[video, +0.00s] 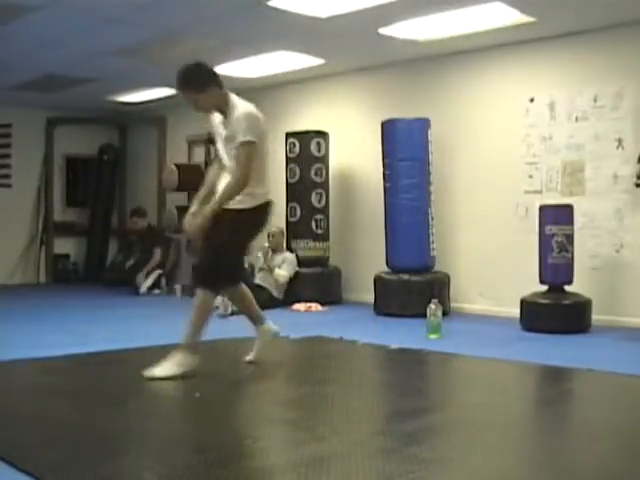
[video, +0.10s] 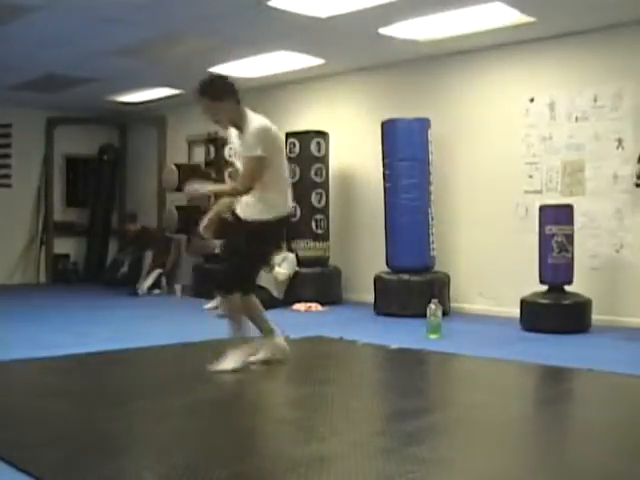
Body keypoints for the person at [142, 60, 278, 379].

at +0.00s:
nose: (195, 107)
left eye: (197, 99)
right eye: (191, 102)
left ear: (215, 87)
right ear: (198, 96)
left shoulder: (246, 117)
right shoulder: (217, 118)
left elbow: (242, 177)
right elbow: (218, 166)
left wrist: (206, 214)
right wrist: (197, 205)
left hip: (250, 205)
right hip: (229, 203)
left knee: (210, 272)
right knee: (224, 273)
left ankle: (189, 350)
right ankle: (265, 328)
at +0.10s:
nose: (211, 118)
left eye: (212, 110)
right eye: (207, 112)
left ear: (229, 100)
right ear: (222, 105)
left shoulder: (258, 131)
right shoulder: (236, 133)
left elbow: (246, 184)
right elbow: (235, 186)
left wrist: (204, 189)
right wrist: (214, 216)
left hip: (268, 219)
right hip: (249, 217)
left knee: (231, 282)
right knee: (237, 284)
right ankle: (272, 340)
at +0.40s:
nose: (256, 107)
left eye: (256, 99)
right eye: (252, 102)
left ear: (272, 87)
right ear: (268, 93)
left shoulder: (299, 113)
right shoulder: (292, 117)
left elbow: (308, 163)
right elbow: (310, 163)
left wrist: (290, 164)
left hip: (329, 201)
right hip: (317, 202)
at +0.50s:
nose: (277, 110)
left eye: (277, 102)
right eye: (273, 105)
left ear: (293, 95)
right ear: (286, 99)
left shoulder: (322, 122)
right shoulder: (308, 128)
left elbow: (341, 165)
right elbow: (330, 167)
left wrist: (315, 179)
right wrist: (317, 192)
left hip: (353, 213)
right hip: (331, 216)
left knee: (365, 285)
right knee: (336, 287)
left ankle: (409, 328)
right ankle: (376, 339)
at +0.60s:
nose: (295, 121)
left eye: (298, 114)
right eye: (293, 115)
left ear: (316, 110)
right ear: (299, 115)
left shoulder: (347, 140)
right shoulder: (319, 146)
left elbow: (372, 180)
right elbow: (339, 186)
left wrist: (351, 210)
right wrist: (336, 221)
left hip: (376, 231)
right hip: (348, 234)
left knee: (383, 298)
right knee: (349, 298)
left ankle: (431, 333)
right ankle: (385, 344)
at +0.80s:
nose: (339, 100)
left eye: (343, 92)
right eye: (334, 95)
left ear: (357, 87)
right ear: (331, 97)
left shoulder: (390, 115)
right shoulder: (344, 134)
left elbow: (440, 131)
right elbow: (350, 173)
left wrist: (437, 177)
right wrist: (334, 207)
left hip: (406, 211)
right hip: (370, 217)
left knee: (422, 284)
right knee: (367, 279)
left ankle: (450, 346)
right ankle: (387, 341)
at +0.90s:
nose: (364, 90)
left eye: (369, 81)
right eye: (359, 84)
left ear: (385, 75)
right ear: (356, 84)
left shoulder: (419, 105)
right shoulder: (360, 122)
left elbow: (463, 128)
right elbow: (359, 161)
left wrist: (472, 169)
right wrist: (351, 190)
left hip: (424, 208)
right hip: (381, 211)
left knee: (445, 287)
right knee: (368, 280)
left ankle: (460, 358)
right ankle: (375, 332)